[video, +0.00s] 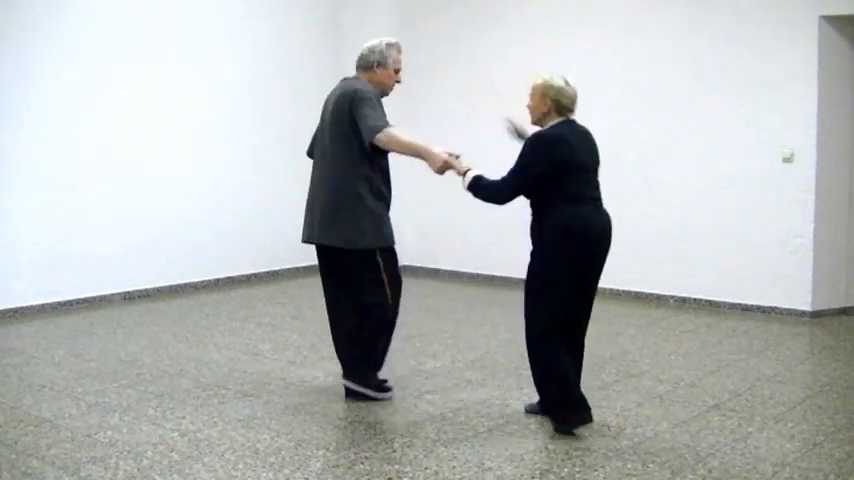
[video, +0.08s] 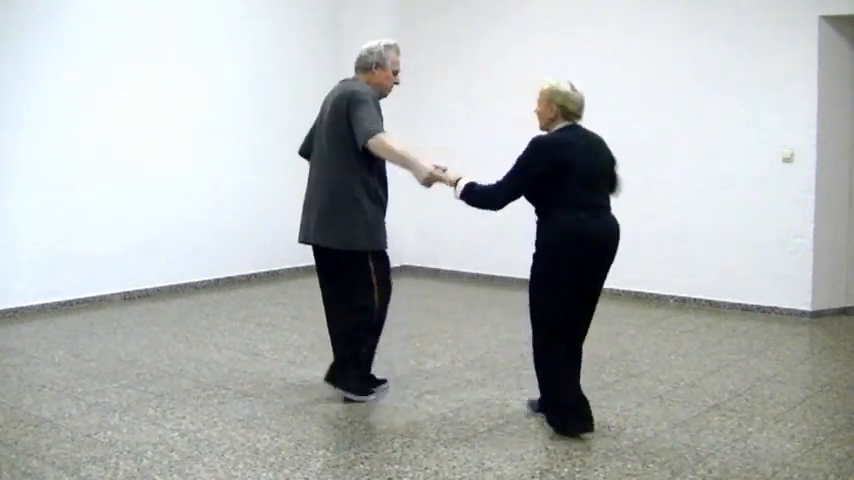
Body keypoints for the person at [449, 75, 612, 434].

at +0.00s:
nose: (528, 104)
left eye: (532, 97)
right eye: (530, 97)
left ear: (548, 104)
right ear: (563, 105)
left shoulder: (543, 142)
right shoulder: (584, 137)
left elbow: (503, 192)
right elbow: (554, 163)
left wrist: (467, 175)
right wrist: (527, 139)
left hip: (557, 243)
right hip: (593, 239)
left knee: (542, 324)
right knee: (572, 320)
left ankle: (568, 412)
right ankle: (559, 398)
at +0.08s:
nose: (535, 109)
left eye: (539, 104)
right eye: (538, 102)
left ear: (553, 110)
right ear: (572, 111)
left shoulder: (544, 148)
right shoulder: (597, 144)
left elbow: (498, 196)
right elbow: (611, 185)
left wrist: (459, 184)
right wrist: (564, 189)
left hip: (559, 244)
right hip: (601, 242)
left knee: (549, 328)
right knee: (573, 323)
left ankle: (570, 418)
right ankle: (559, 397)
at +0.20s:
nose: (545, 113)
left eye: (548, 107)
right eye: (547, 107)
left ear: (559, 111)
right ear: (585, 113)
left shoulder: (545, 147)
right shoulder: (612, 148)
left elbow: (501, 196)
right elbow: (642, 196)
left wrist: (462, 193)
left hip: (558, 252)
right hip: (607, 253)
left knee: (558, 332)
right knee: (590, 327)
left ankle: (572, 422)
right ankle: (572, 403)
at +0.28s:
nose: (553, 111)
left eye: (556, 105)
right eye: (554, 104)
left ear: (566, 109)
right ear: (593, 109)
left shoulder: (549, 144)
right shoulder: (620, 145)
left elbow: (511, 195)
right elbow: (651, 192)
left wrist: (475, 193)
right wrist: (683, 229)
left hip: (558, 252)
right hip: (610, 252)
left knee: (560, 333)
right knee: (597, 328)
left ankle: (569, 422)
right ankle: (593, 412)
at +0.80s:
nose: (557, 115)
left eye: (558, 109)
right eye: (559, 109)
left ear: (566, 110)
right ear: (597, 110)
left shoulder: (551, 142)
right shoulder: (624, 146)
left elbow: (508, 188)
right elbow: (663, 196)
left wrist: (481, 171)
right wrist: (711, 237)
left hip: (553, 249)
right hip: (608, 252)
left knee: (535, 326)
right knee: (600, 342)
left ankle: (530, 415)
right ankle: (599, 441)